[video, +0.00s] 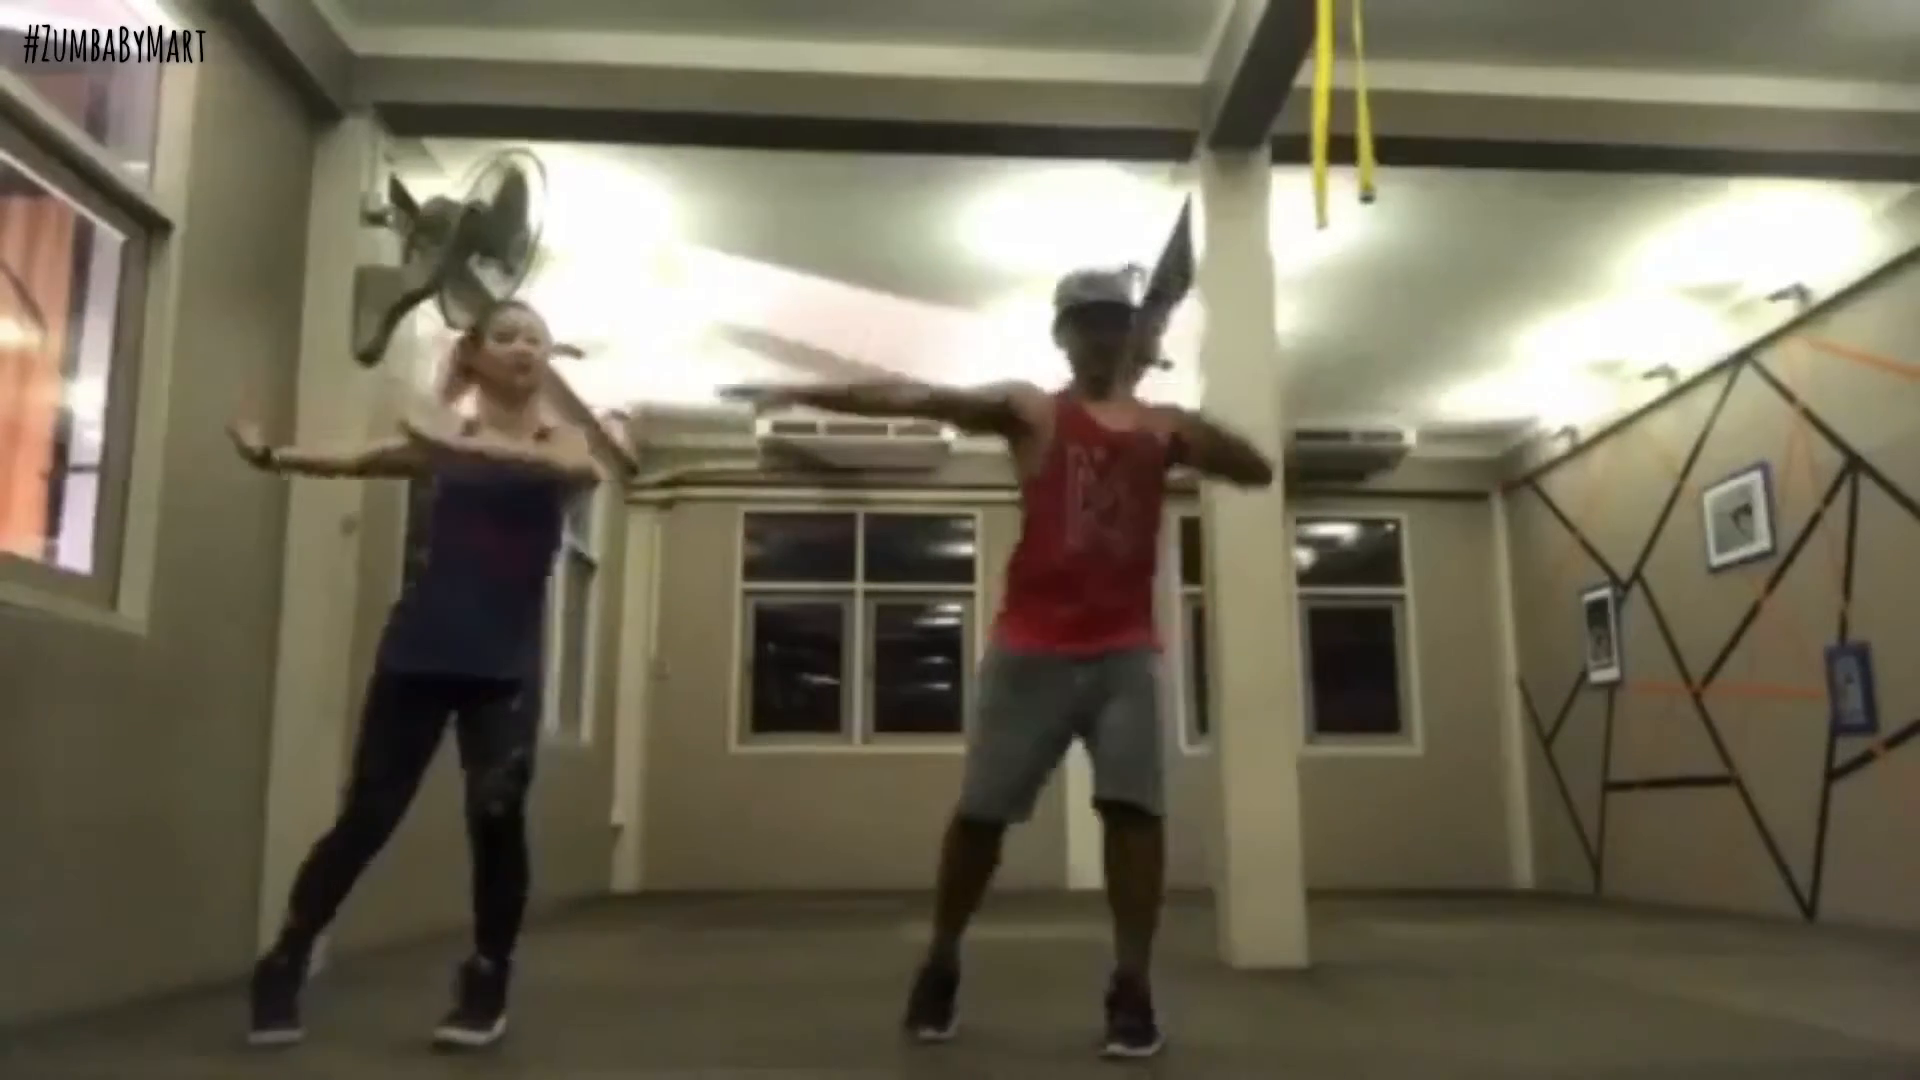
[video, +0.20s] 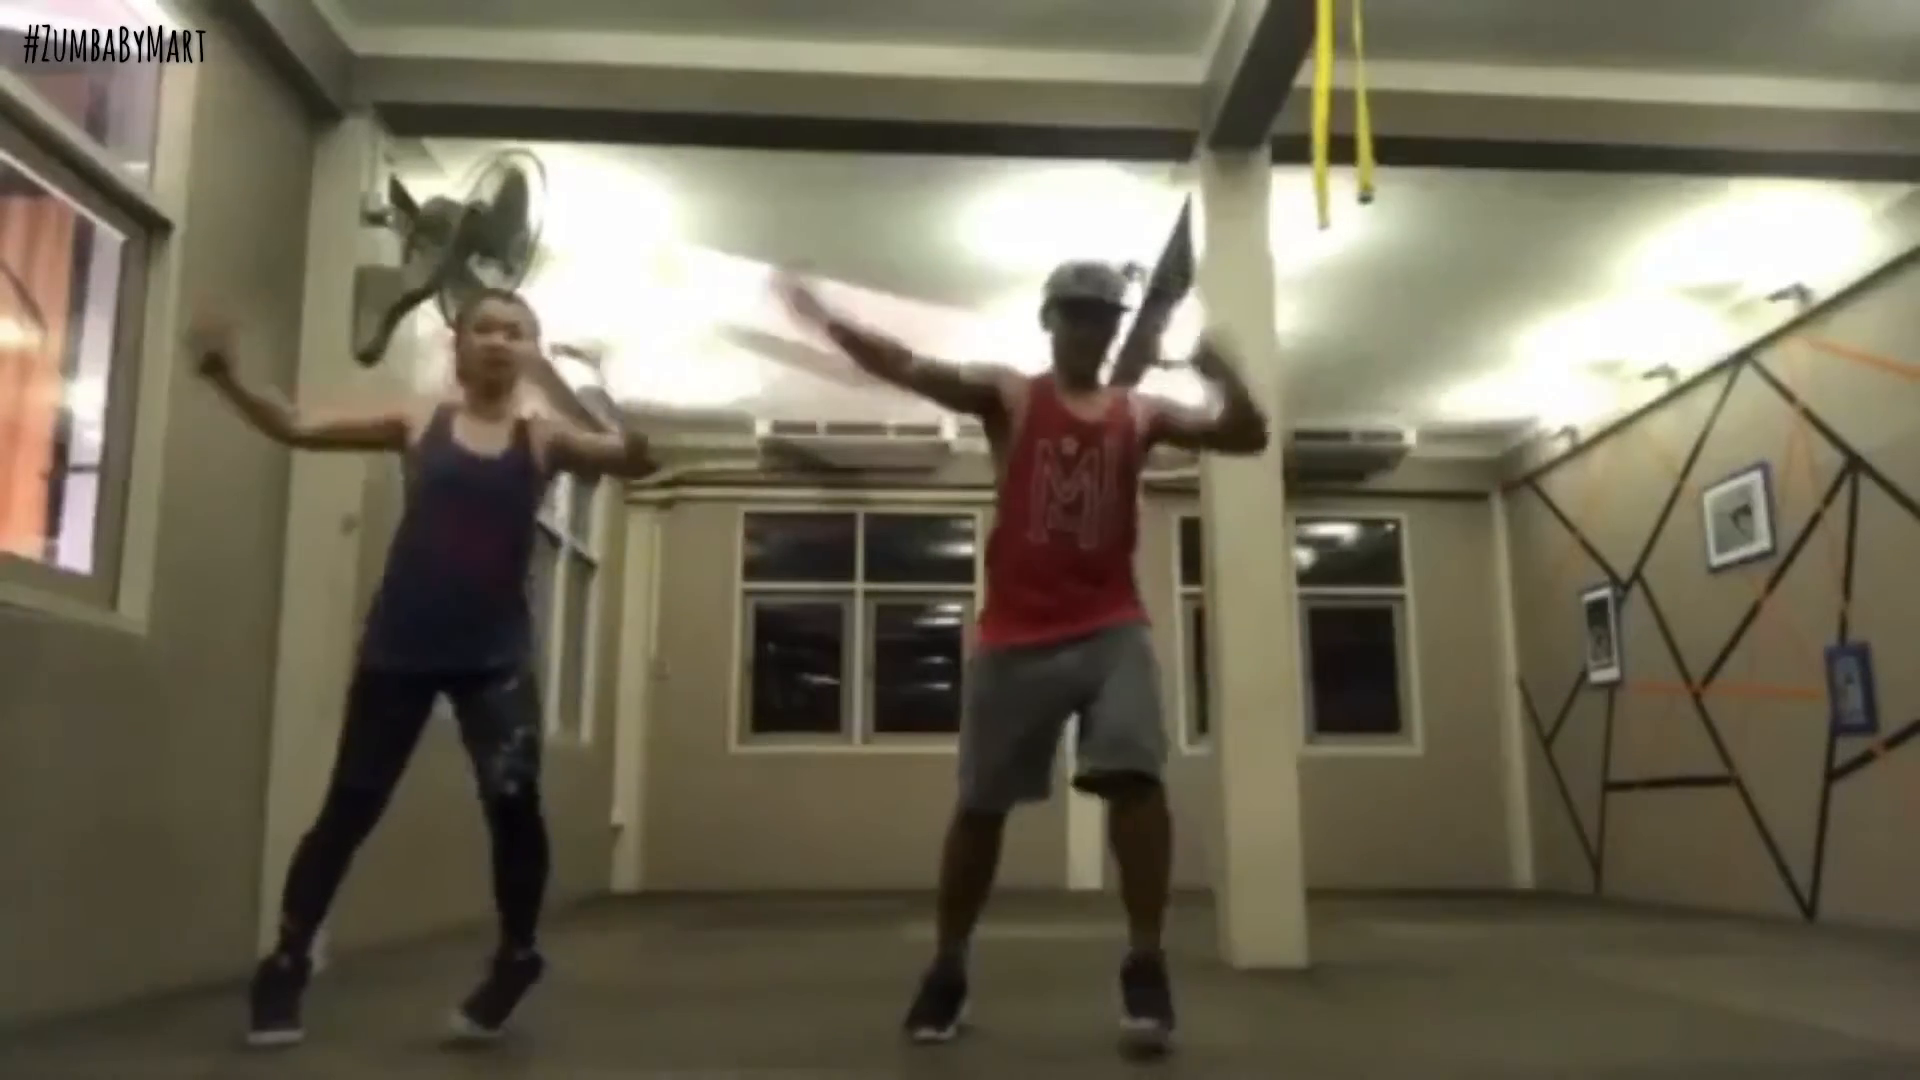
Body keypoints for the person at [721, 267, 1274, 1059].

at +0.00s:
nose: (1103, 343)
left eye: (1117, 328)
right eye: (1090, 327)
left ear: (1142, 339)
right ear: (1065, 336)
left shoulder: (1162, 430)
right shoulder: (1029, 410)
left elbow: (1255, 470)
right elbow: (911, 398)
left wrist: (1188, 432)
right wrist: (798, 394)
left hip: (1124, 651)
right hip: (1030, 650)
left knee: (1134, 814)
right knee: (982, 814)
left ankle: (1132, 987)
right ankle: (941, 966)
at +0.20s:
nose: (1088, 332)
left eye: (1102, 318)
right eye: (1074, 316)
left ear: (1118, 327)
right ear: (1049, 321)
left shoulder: (1139, 413)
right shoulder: (1009, 396)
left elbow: (1247, 435)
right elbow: (905, 368)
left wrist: (1220, 370)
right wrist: (826, 320)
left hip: (1109, 629)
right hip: (1013, 633)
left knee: (1136, 781)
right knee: (981, 806)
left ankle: (1146, 966)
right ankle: (947, 970)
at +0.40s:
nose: (1109, 338)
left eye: (1127, 324)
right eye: (1097, 322)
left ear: (1150, 334)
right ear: (1073, 327)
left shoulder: (1165, 409)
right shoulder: (1028, 394)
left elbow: (1277, 427)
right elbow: (918, 389)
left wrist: (1380, 400)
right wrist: (944, 314)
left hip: (1146, 633)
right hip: (1051, 637)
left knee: (1193, 794)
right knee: (1010, 807)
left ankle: (1242, 936)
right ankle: (950, 968)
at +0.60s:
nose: (1154, 324)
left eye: (1166, 310)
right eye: (1139, 307)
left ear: (1181, 321)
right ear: (1112, 317)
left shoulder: (1215, 409)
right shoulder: (1075, 411)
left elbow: (1318, 419)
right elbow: (964, 403)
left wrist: (1390, 411)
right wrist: (943, 331)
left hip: (1214, 648)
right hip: (1119, 654)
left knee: (1251, 819)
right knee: (1061, 818)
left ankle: (1274, 977)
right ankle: (985, 974)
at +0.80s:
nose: (1176, 301)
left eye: (1188, 290)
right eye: (1162, 286)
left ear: (1200, 303)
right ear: (1129, 300)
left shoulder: (1224, 372)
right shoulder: (1112, 381)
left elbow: (1327, 323)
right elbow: (1088, 366)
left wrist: (1412, 249)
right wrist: (1076, 305)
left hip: (1222, 612)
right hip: (1137, 616)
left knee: (1252, 781)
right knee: (1141, 785)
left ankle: (1265, 956)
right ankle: (1135, 959)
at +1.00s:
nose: (1184, 361)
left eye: (1195, 348)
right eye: (1169, 348)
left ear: (1214, 358)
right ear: (1146, 360)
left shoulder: (1245, 444)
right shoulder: (1127, 447)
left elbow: (1327, 458)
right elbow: (1073, 461)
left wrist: (1248, 398)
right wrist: (1159, 398)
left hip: (1240, 667)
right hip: (1156, 669)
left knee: (1259, 828)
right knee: (1187, 822)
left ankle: (1253, 978)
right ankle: (1170, 981)